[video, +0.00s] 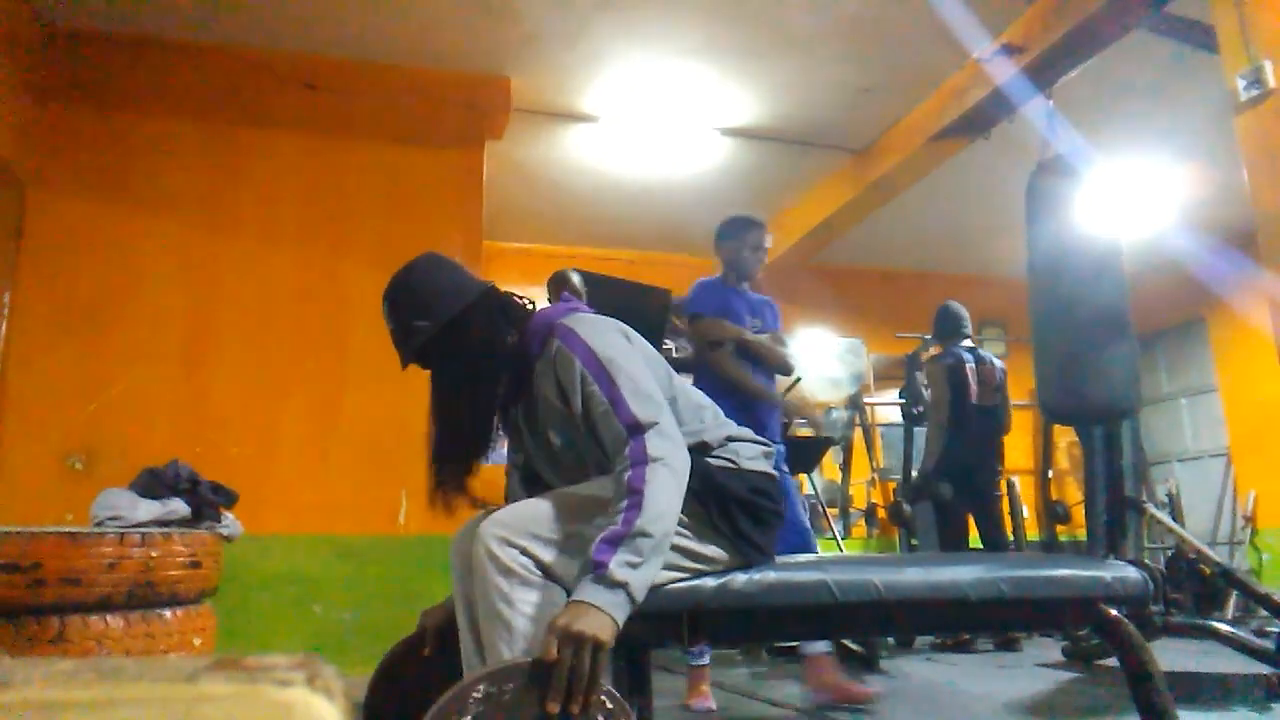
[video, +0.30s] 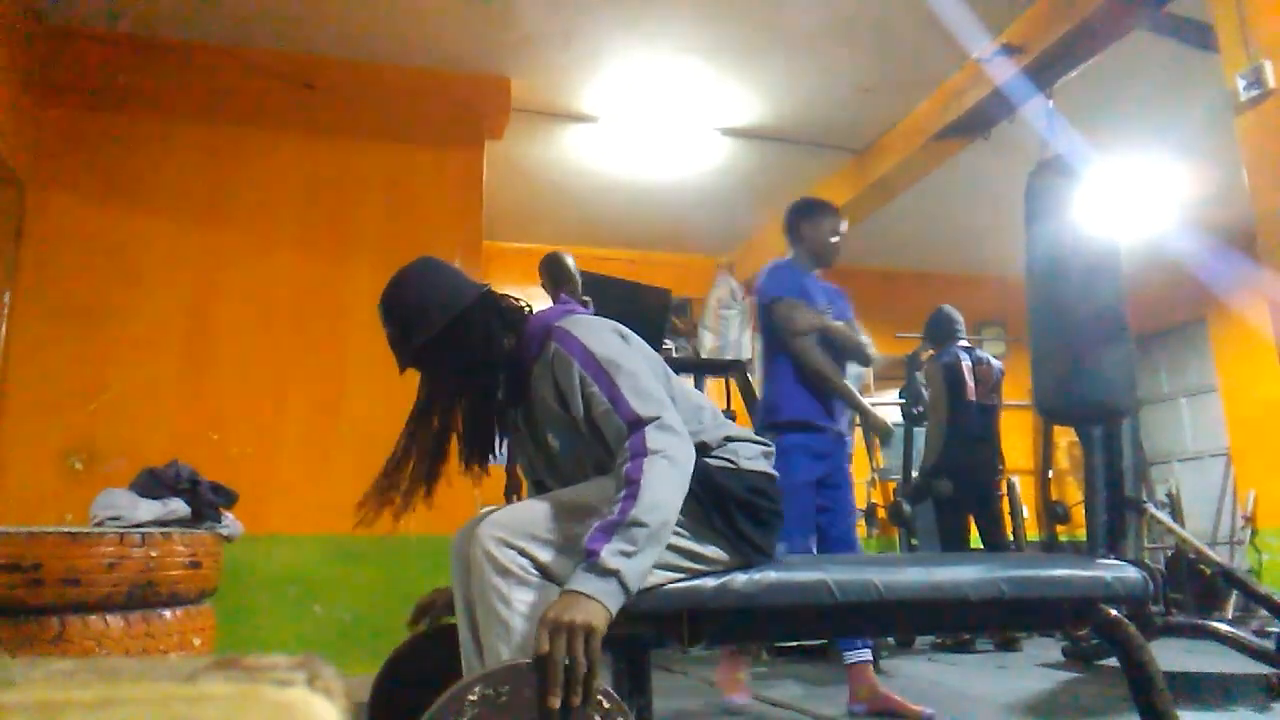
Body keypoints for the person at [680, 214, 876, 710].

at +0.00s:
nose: (764, 256)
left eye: (766, 249)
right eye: (756, 248)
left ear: (764, 253)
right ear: (726, 249)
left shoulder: (766, 306)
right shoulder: (705, 294)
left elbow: (784, 363)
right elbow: (716, 361)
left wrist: (740, 334)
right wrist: (781, 397)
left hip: (767, 446)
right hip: (716, 446)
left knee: (798, 544)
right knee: (703, 556)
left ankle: (819, 666)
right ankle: (699, 677)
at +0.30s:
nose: (840, 238)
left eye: (841, 231)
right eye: (831, 229)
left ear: (827, 235)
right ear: (799, 229)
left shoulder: (834, 294)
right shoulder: (780, 276)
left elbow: (865, 353)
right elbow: (804, 352)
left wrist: (822, 324)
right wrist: (861, 405)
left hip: (833, 439)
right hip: (791, 436)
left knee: (844, 554)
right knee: (785, 553)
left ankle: (862, 680)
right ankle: (735, 663)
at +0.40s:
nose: (860, 230)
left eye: (861, 223)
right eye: (852, 221)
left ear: (845, 228)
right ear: (820, 221)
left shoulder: (851, 284)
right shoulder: (806, 272)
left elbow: (888, 351)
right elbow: (828, 352)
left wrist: (849, 323)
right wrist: (875, 423)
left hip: (848, 428)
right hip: (816, 426)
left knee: (855, 541)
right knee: (837, 538)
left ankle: (862, 677)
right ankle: (786, 653)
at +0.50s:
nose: (882, 222)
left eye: (882, 214)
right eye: (874, 214)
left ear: (860, 218)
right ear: (843, 215)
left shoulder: (870, 279)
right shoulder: (828, 267)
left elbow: (905, 349)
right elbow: (843, 352)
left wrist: (869, 319)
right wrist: (880, 426)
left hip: (865, 421)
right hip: (839, 420)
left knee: (873, 538)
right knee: (876, 532)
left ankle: (866, 683)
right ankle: (864, 686)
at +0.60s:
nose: (905, 216)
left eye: (905, 207)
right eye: (897, 206)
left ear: (874, 211)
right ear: (864, 210)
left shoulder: (891, 276)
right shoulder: (852, 262)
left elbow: (929, 347)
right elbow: (856, 342)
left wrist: (895, 317)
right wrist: (898, 426)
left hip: (891, 424)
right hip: (863, 422)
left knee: (873, 548)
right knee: (912, 539)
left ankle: (863, 681)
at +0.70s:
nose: (928, 207)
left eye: (927, 198)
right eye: (919, 197)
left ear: (895, 204)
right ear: (886, 203)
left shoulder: (912, 270)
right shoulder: (876, 258)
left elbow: (956, 335)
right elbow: (883, 343)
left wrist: (922, 309)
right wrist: (924, 430)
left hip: (922, 423)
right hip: (892, 422)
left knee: (896, 550)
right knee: (945, 545)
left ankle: (866, 679)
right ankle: (995, 688)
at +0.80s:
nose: (948, 203)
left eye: (949, 195)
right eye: (939, 193)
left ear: (917, 196)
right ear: (905, 194)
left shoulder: (930, 260)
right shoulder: (901, 252)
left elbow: (988, 337)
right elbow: (920, 341)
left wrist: (950, 302)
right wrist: (958, 421)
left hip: (944, 413)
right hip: (920, 415)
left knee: (937, 544)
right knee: (970, 544)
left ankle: (881, 663)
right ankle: (1007, 694)